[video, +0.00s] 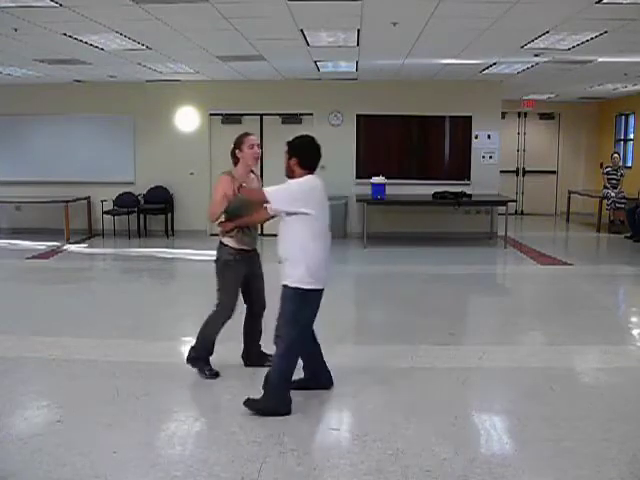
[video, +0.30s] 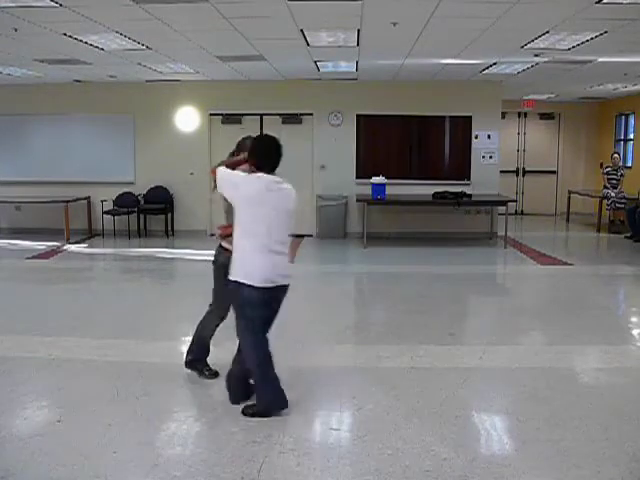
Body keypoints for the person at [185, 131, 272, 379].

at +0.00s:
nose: (258, 151)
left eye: (259, 147)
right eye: (252, 147)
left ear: (258, 151)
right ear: (238, 152)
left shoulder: (256, 180)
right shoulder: (227, 180)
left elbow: (255, 213)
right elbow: (214, 215)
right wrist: (232, 199)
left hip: (250, 252)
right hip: (230, 252)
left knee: (257, 305)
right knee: (226, 308)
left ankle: (252, 353)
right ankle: (198, 355)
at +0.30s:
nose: (250, 166)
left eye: (252, 161)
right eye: (246, 160)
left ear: (255, 161)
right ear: (237, 158)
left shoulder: (259, 186)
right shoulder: (223, 186)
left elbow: (267, 223)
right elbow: (219, 230)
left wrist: (235, 229)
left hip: (250, 254)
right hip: (228, 253)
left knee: (250, 317)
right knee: (219, 309)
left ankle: (244, 369)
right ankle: (195, 357)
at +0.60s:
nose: (248, 157)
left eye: (245, 153)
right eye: (246, 154)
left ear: (218, 156)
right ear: (243, 158)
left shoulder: (209, 177)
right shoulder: (255, 190)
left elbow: (225, 156)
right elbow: (269, 226)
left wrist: (250, 134)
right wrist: (258, 246)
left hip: (210, 267)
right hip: (240, 269)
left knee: (216, 315)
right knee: (243, 329)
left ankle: (194, 369)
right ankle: (238, 389)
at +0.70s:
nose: (242, 159)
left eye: (241, 155)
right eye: (239, 155)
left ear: (216, 159)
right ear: (226, 159)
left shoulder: (203, 180)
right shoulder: (237, 189)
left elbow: (233, 158)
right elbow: (251, 230)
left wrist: (253, 135)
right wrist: (250, 254)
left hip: (204, 266)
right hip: (229, 269)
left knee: (210, 317)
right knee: (237, 327)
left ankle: (195, 363)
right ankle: (238, 388)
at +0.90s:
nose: (228, 158)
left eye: (229, 153)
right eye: (223, 154)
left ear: (219, 157)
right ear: (207, 159)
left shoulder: (210, 179)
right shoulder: (209, 185)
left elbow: (229, 195)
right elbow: (207, 225)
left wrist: (245, 179)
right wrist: (233, 252)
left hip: (203, 263)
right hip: (206, 265)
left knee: (206, 316)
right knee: (215, 320)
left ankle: (194, 362)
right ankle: (205, 379)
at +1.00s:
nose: (224, 159)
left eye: (225, 154)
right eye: (219, 155)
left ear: (224, 156)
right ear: (203, 159)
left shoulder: (218, 183)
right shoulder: (197, 186)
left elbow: (228, 211)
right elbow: (194, 224)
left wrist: (248, 201)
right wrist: (234, 238)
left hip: (212, 263)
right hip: (196, 264)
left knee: (208, 313)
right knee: (203, 313)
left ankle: (197, 362)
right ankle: (176, 366)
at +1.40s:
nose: (239, 165)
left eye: (241, 160)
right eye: (233, 160)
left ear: (242, 161)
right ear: (219, 163)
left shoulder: (244, 186)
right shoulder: (205, 188)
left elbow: (256, 217)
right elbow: (211, 225)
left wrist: (266, 217)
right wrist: (235, 210)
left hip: (236, 261)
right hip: (207, 262)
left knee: (246, 301)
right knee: (205, 309)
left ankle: (229, 347)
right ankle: (206, 347)